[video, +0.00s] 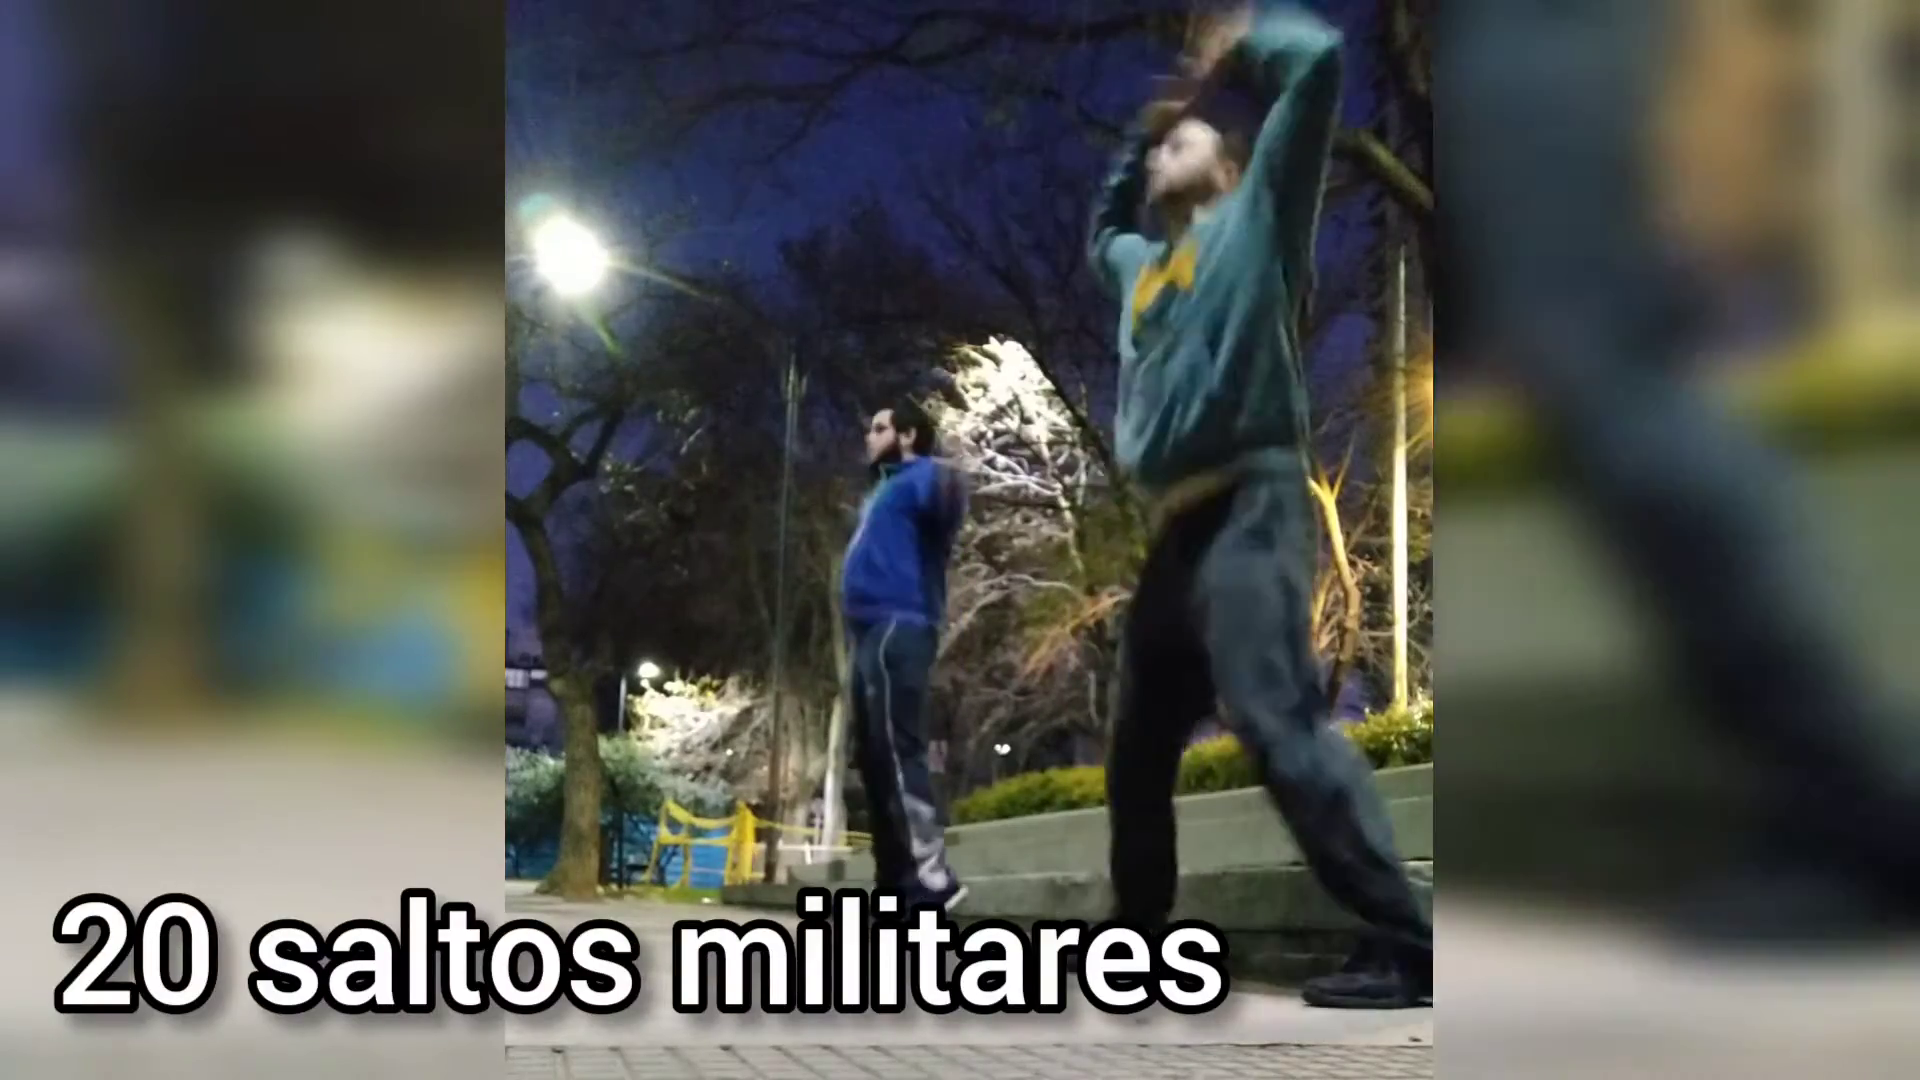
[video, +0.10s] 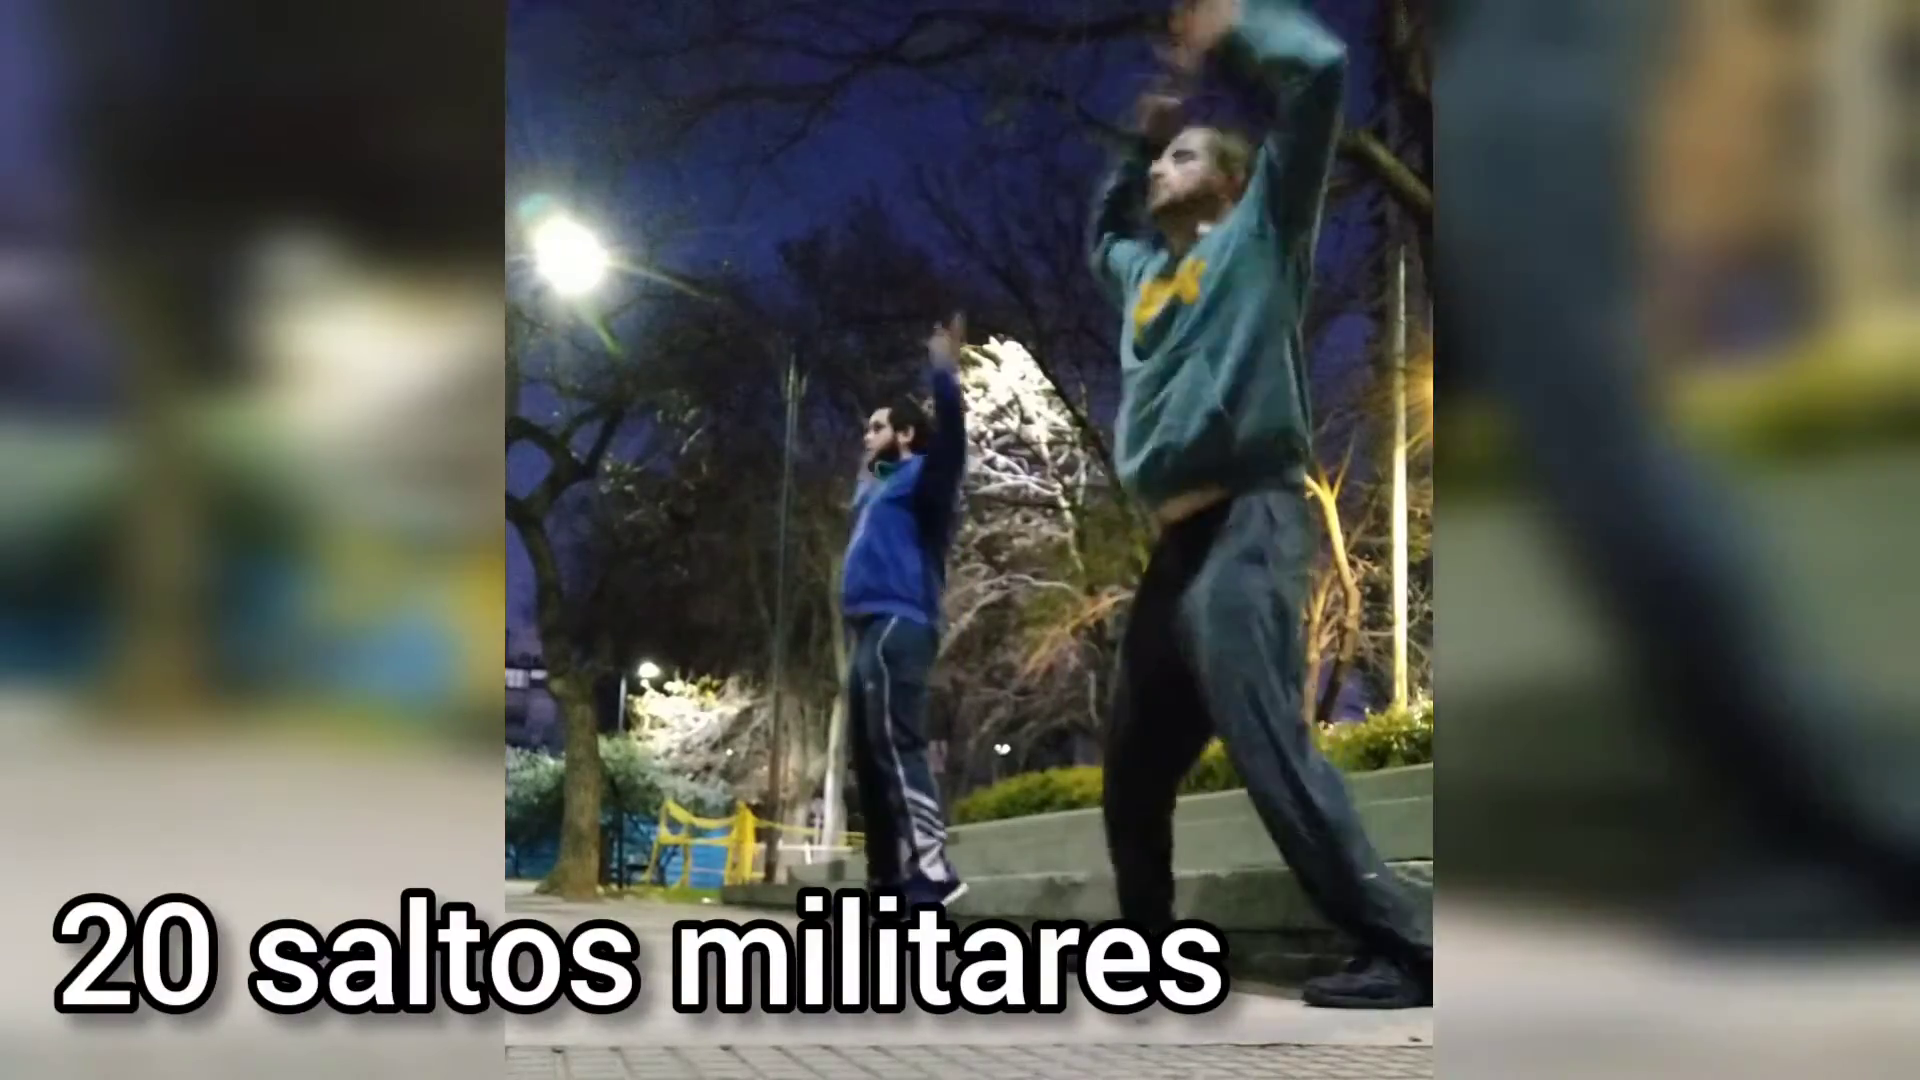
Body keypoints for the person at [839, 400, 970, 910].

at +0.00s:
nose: (868, 437)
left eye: (878, 429)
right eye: (870, 429)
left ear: (907, 436)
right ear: (895, 438)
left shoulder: (922, 475)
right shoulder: (882, 488)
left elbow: (941, 501)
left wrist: (946, 475)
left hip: (901, 623)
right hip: (869, 625)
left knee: (896, 748)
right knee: (872, 755)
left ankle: (930, 879)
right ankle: (894, 880)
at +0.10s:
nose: (871, 436)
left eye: (881, 427)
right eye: (870, 429)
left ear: (910, 435)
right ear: (883, 444)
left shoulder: (925, 480)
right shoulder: (877, 489)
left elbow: (950, 436)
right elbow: (861, 493)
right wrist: (870, 453)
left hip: (901, 619)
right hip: (864, 623)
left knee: (896, 745)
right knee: (867, 757)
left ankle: (931, 873)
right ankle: (887, 877)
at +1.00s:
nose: (839, 445)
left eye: (849, 437)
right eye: (840, 439)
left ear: (878, 446)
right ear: (858, 453)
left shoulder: (897, 489)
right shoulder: (853, 497)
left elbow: (919, 428)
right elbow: (835, 499)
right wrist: (852, 465)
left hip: (884, 634)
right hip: (848, 637)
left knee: (884, 757)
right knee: (852, 765)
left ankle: (918, 879)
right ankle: (857, 879)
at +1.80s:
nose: (805, 439)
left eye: (815, 430)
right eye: (806, 431)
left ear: (841, 435)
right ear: (817, 441)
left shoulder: (864, 475)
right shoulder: (816, 489)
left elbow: (884, 517)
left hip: (842, 624)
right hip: (809, 625)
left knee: (837, 747)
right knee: (814, 755)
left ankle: (857, 873)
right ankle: (832, 871)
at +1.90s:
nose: (804, 445)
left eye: (813, 437)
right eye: (804, 438)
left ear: (840, 445)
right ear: (812, 450)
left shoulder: (855, 492)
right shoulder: (811, 496)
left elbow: (869, 426)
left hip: (843, 630)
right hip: (806, 633)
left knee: (838, 753)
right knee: (808, 758)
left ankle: (858, 872)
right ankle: (822, 873)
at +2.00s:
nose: (796, 474)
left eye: (803, 464)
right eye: (797, 466)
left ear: (829, 465)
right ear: (816, 471)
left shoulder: (852, 505)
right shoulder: (819, 517)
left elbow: (864, 438)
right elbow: (798, 481)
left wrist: (849, 382)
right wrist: (821, 437)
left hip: (848, 654)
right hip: (818, 656)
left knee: (823, 776)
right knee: (801, 783)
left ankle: (869, 903)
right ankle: (828, 902)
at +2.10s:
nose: (798, 471)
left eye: (807, 461)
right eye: (797, 463)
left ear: (831, 463)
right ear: (806, 470)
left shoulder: (854, 506)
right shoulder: (813, 521)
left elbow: (864, 439)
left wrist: (849, 384)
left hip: (845, 648)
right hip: (808, 652)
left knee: (825, 774)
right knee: (797, 781)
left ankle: (866, 897)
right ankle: (825, 898)